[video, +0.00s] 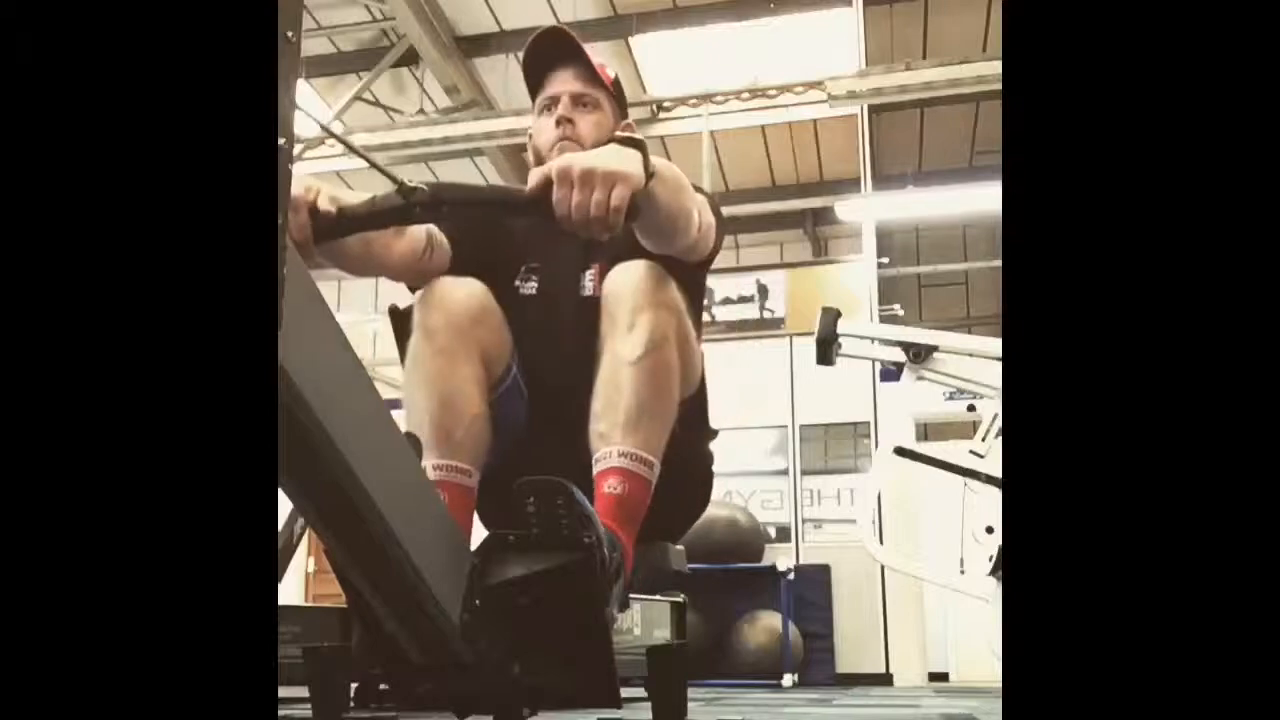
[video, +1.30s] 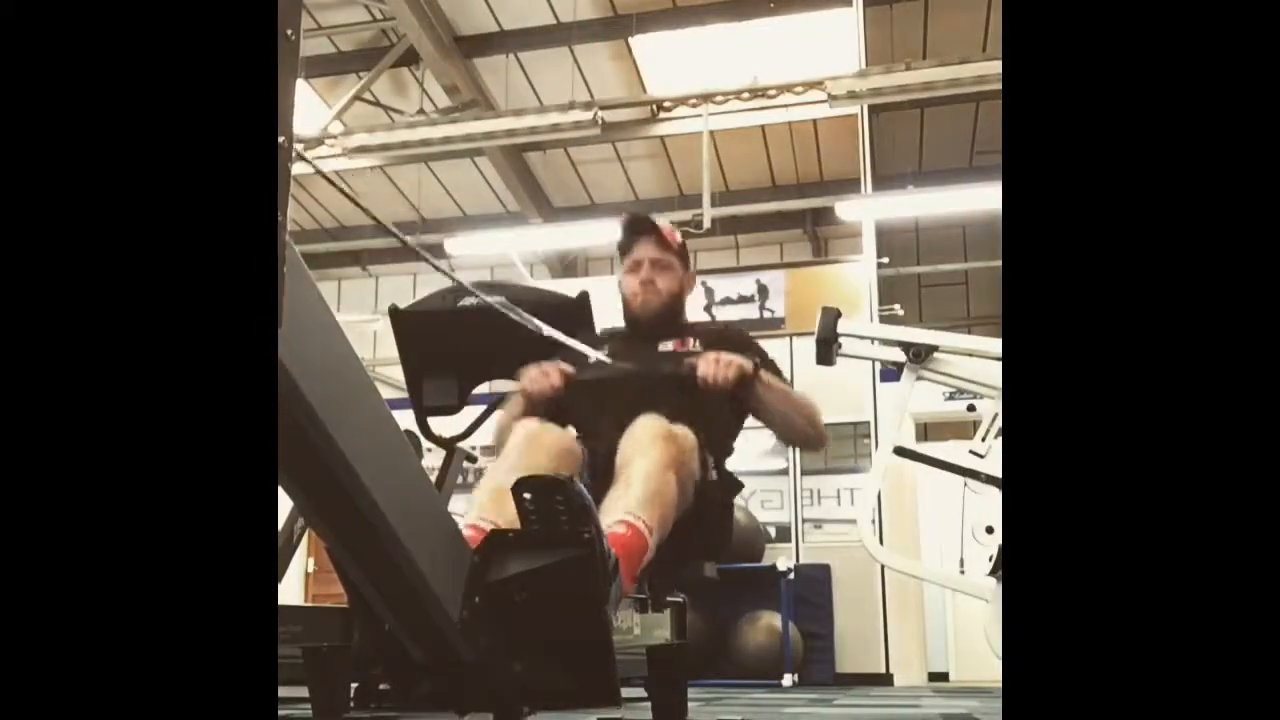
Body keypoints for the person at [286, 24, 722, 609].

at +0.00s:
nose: (562, 116)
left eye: (584, 104)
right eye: (548, 106)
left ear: (622, 131)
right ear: (530, 136)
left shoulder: (654, 214)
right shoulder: (501, 218)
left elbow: (691, 235)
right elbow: (412, 248)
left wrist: (641, 168)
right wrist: (325, 224)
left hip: (650, 476)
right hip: (523, 473)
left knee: (641, 281)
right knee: (448, 299)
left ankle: (611, 545)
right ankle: (442, 554)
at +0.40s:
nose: (580, 124)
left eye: (601, 118)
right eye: (565, 121)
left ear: (636, 150)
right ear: (549, 155)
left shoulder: (679, 223)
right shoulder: (509, 241)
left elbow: (700, 278)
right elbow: (433, 287)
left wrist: (658, 242)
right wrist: (368, 275)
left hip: (655, 477)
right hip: (534, 479)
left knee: (628, 305)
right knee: (474, 317)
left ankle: (605, 557)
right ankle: (447, 562)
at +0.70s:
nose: (608, 168)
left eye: (626, 162)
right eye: (595, 164)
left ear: (658, 192)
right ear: (579, 196)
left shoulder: (695, 257)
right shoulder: (546, 270)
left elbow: (712, 310)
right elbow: (480, 320)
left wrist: (683, 279)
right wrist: (429, 313)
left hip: (669, 487)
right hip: (559, 483)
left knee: (649, 357)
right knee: (497, 365)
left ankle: (602, 569)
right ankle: (445, 562)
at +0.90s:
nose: (636, 225)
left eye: (650, 218)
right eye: (625, 219)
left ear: (677, 239)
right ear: (612, 239)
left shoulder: (706, 299)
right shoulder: (581, 314)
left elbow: (738, 347)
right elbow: (524, 360)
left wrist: (711, 328)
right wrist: (483, 351)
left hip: (682, 490)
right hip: (580, 485)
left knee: (660, 418)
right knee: (519, 422)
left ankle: (603, 567)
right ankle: (457, 555)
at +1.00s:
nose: (649, 258)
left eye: (663, 251)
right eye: (637, 253)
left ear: (688, 269)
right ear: (623, 272)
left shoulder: (716, 335)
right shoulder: (593, 345)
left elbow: (758, 386)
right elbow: (522, 396)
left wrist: (724, 357)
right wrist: (505, 370)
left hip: (691, 485)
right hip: (591, 482)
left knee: (658, 462)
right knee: (530, 460)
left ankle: (606, 576)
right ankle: (463, 562)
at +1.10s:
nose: (656, 286)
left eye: (671, 279)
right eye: (644, 279)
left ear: (695, 299)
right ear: (631, 298)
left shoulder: (724, 361)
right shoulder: (597, 365)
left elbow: (784, 434)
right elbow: (523, 443)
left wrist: (739, 390)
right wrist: (524, 407)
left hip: (693, 495)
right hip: (593, 494)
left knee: (653, 484)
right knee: (544, 495)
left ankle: (607, 590)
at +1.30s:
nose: (645, 277)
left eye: (661, 267)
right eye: (634, 267)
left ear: (687, 281)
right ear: (621, 281)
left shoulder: (725, 345)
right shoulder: (589, 352)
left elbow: (812, 435)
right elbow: (500, 441)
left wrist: (751, 379)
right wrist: (525, 396)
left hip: (689, 503)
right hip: (584, 495)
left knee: (652, 435)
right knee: (536, 437)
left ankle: (606, 574)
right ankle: (466, 555)